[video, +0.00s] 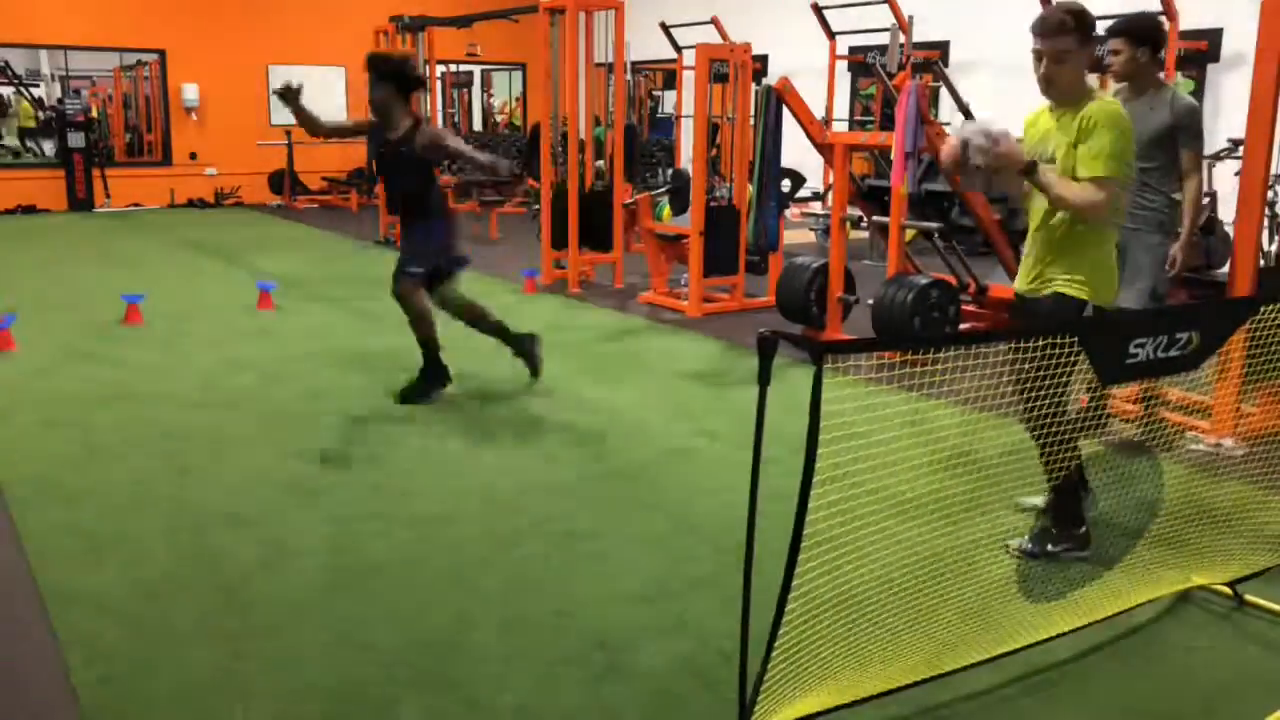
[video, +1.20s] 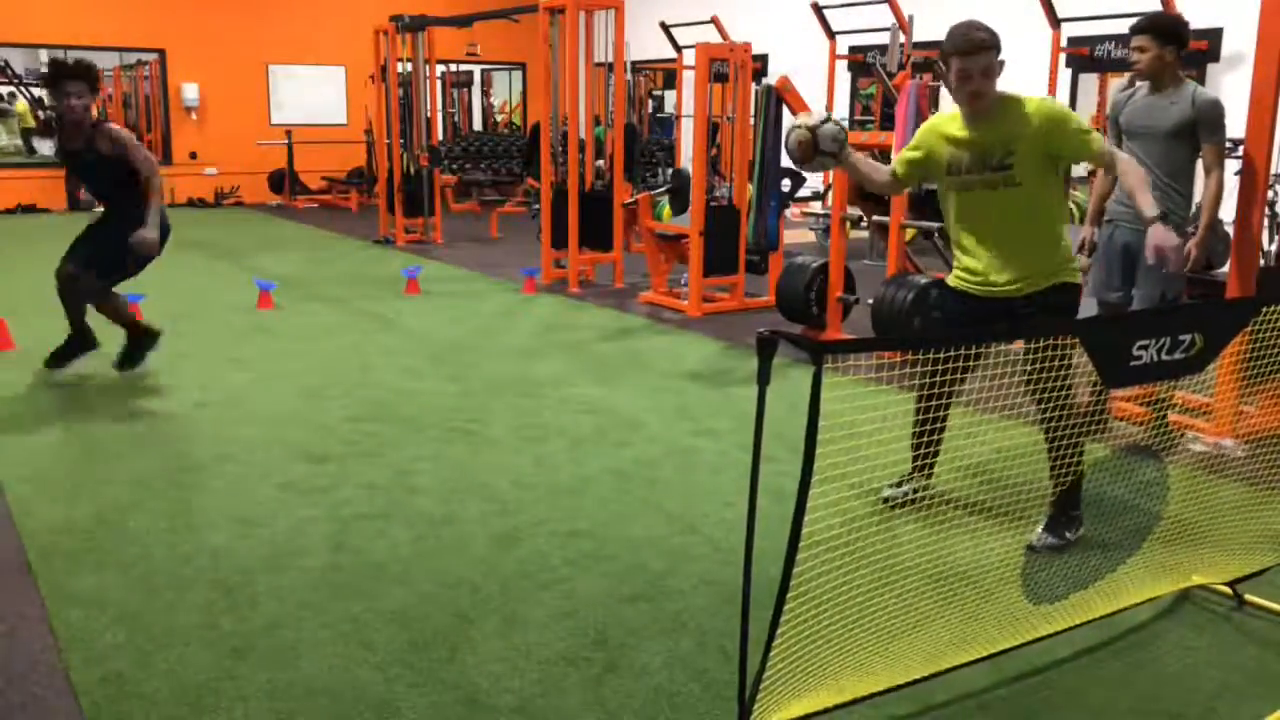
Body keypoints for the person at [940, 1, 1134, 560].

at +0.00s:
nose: (1042, 69)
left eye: (1055, 59)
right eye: (1038, 58)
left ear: (1086, 59)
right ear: (1033, 56)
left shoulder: (1107, 118)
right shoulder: (1038, 121)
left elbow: (1096, 205)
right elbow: (1023, 187)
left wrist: (1031, 170)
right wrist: (984, 162)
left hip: (1079, 283)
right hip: (1036, 277)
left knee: (1037, 398)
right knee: (1035, 395)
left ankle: (1069, 527)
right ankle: (1069, 496)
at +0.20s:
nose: (1031, 81)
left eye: (1044, 70)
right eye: (1021, 69)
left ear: (1067, 65)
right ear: (1009, 67)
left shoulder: (1102, 126)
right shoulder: (996, 132)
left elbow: (1135, 207)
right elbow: (987, 205)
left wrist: (1063, 214)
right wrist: (987, 228)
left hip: (1071, 291)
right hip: (1006, 288)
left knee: (1040, 399)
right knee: (960, 372)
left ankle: (1071, 523)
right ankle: (1005, 446)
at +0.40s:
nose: (982, 73)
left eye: (994, 64)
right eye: (979, 63)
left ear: (1026, 66)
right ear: (976, 65)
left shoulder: (1073, 126)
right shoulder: (960, 136)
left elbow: (1119, 200)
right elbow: (954, 207)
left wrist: (1047, 203)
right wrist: (962, 226)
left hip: (1049, 288)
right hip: (979, 288)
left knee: (1038, 394)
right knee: (942, 376)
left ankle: (1069, 522)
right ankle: (921, 475)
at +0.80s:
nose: (906, 70)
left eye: (914, 60)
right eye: (906, 60)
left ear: (948, 61)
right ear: (933, 63)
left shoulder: (1004, 112)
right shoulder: (919, 128)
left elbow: (1051, 181)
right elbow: (921, 202)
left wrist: (979, 206)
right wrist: (898, 214)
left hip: (1008, 277)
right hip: (945, 276)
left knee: (1016, 390)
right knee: (921, 374)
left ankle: (1039, 509)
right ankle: (918, 473)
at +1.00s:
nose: (929, 75)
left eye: (941, 65)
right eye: (923, 65)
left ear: (970, 63)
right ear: (918, 67)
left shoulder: (1008, 115)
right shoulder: (924, 132)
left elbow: (1065, 179)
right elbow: (901, 191)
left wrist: (1033, 240)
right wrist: (844, 188)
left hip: (1016, 281)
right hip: (950, 280)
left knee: (1031, 392)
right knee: (920, 375)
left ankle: (1060, 511)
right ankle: (917, 475)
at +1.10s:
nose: (945, 79)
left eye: (957, 67)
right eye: (937, 68)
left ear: (981, 64)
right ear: (929, 68)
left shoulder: (1019, 116)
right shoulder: (927, 131)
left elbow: (1089, 170)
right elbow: (891, 180)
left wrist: (1097, 240)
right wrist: (832, 162)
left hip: (1029, 281)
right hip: (961, 280)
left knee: (1037, 391)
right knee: (925, 374)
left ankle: (1062, 508)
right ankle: (917, 475)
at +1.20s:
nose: (974, 84)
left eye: (985, 72)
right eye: (964, 74)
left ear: (1000, 68)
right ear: (945, 72)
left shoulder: (1043, 119)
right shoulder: (936, 134)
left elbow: (1119, 162)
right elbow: (887, 180)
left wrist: (1154, 219)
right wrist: (841, 150)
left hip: (1046, 282)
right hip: (971, 283)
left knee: (1047, 384)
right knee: (935, 372)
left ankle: (1066, 508)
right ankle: (919, 477)